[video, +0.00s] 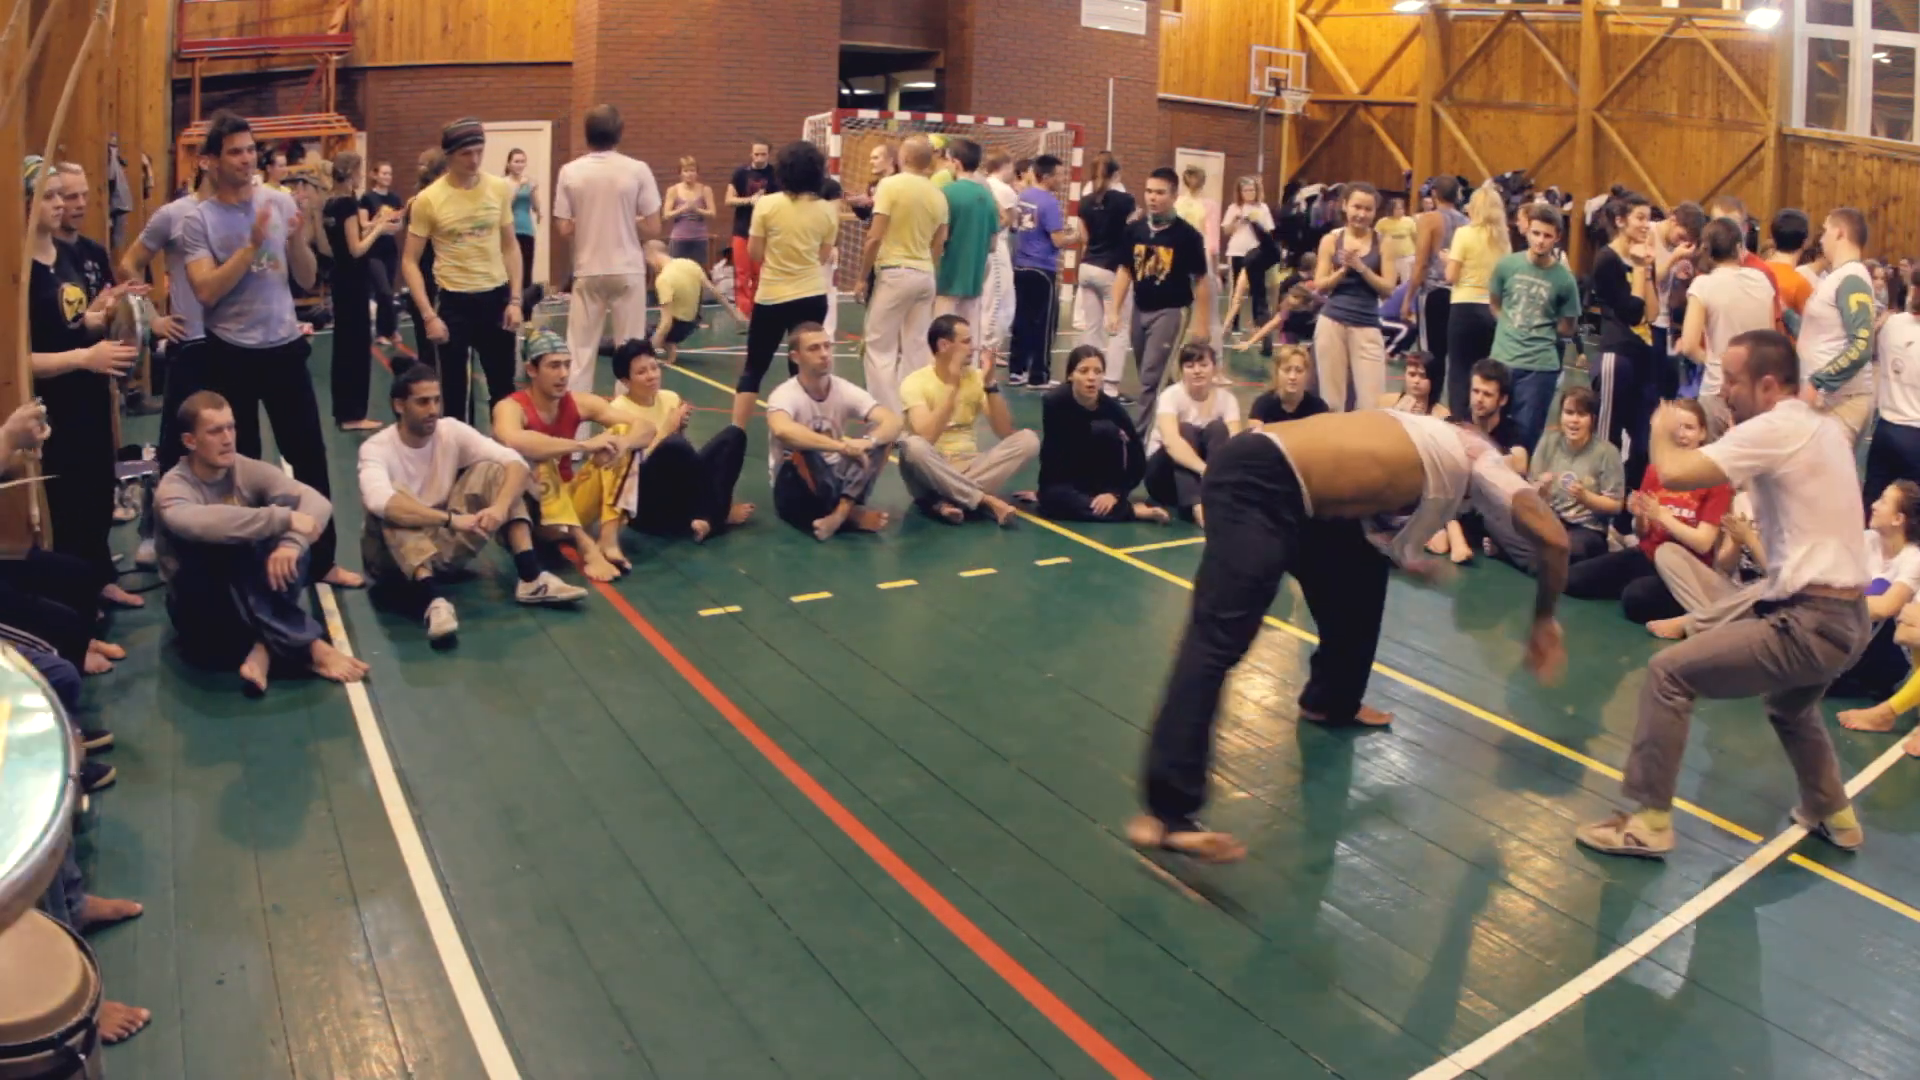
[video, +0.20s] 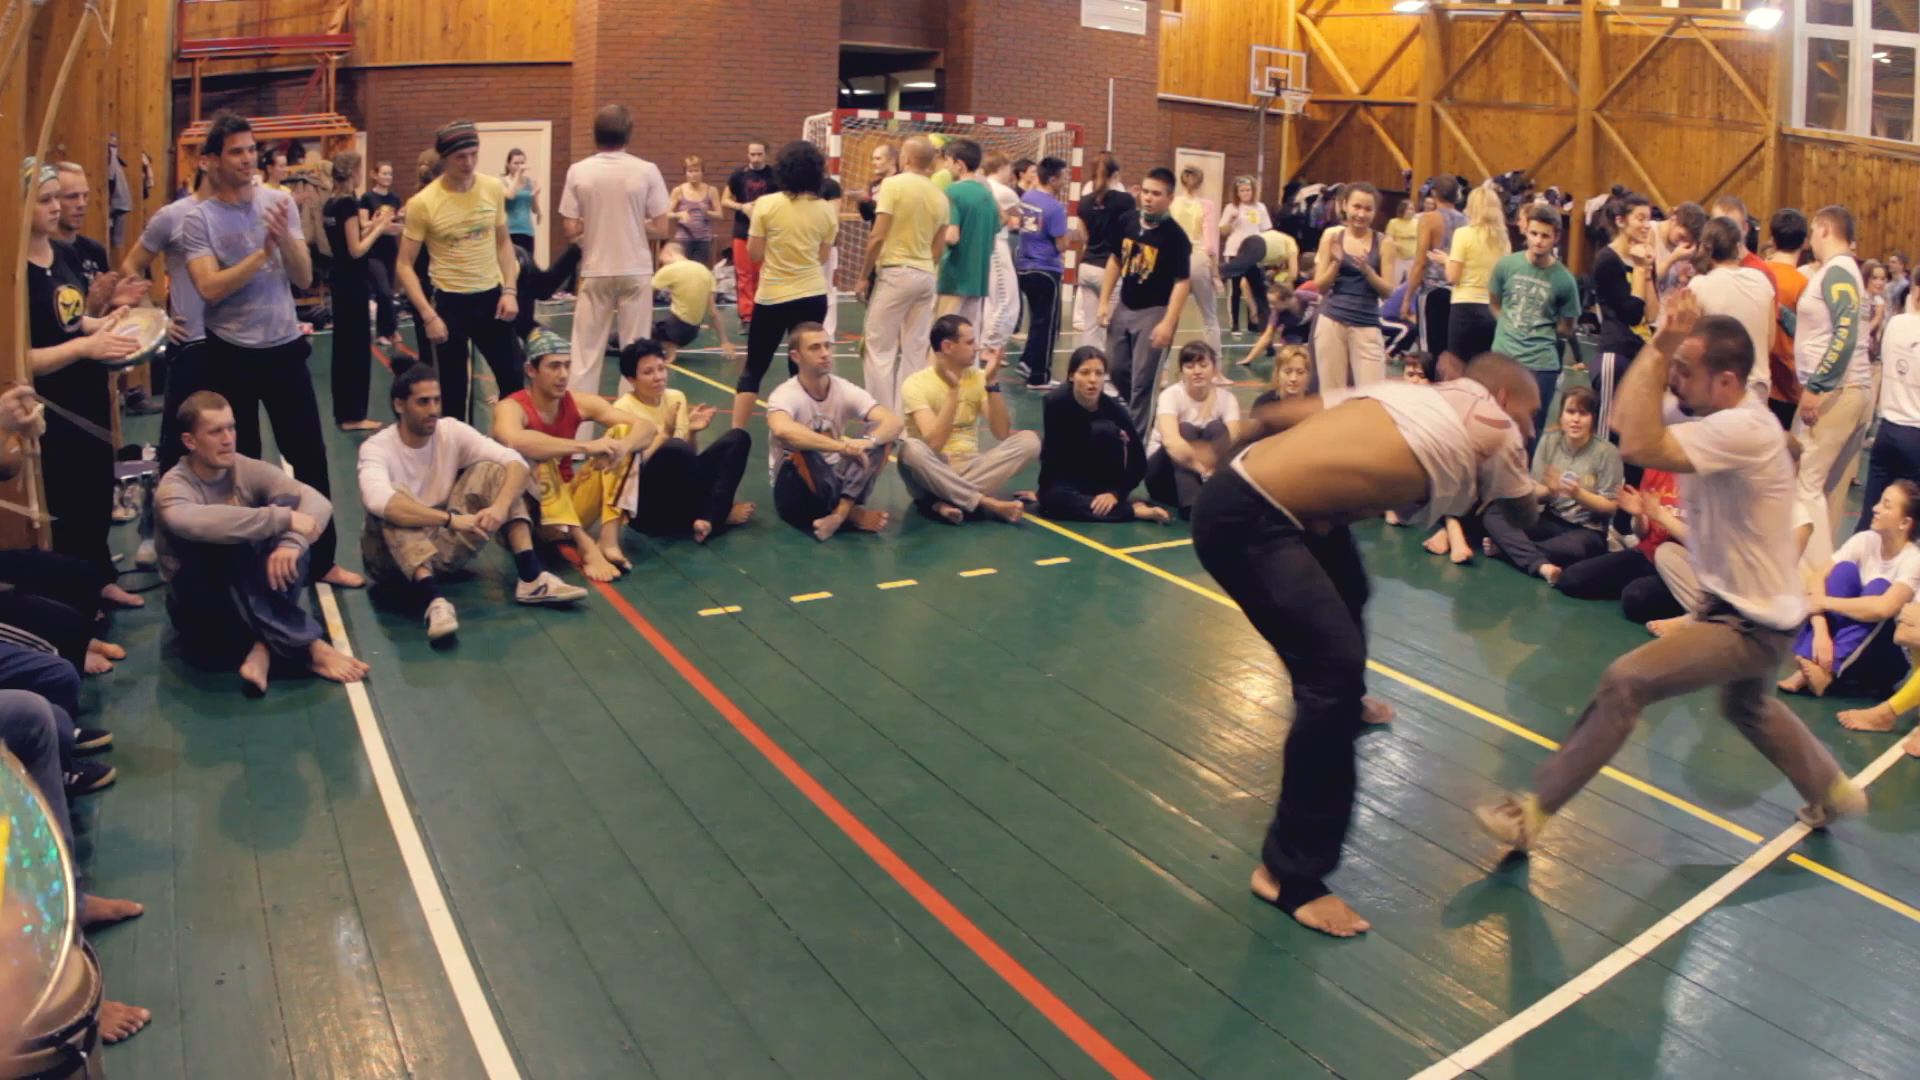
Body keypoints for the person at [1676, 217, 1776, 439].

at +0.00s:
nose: (1743, 250)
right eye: (1742, 245)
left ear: (1706, 250)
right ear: (1739, 250)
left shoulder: (1702, 284)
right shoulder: (1761, 279)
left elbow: (1688, 345)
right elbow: (1772, 331)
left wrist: (1711, 361)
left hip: (1718, 380)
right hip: (1759, 377)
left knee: (1713, 457)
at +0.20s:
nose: (1743, 247)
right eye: (1741, 242)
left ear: (1705, 249)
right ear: (1738, 247)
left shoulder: (1699, 285)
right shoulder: (1761, 280)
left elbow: (1687, 333)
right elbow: (1770, 340)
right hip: (1757, 379)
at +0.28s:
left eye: (1699, 244)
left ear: (1704, 249)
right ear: (1739, 247)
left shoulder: (1699, 285)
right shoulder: (1761, 282)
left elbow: (1685, 339)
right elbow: (1771, 342)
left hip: (1710, 387)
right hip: (1754, 388)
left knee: (1708, 463)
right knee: (1749, 469)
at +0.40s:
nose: (1695, 253)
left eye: (1697, 246)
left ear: (1704, 248)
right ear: (1738, 247)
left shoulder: (1700, 284)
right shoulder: (1761, 282)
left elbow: (1686, 345)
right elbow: (1772, 342)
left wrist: (1702, 353)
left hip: (1714, 389)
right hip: (1754, 388)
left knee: (1706, 478)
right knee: (1743, 483)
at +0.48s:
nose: (1697, 253)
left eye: (1698, 247)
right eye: (1698, 247)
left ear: (1704, 249)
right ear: (1737, 247)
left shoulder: (1701, 283)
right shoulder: (1760, 281)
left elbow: (1689, 346)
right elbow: (1772, 341)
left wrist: (1699, 351)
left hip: (1714, 390)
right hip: (1754, 388)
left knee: (1708, 481)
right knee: (1744, 483)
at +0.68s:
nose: (1697, 247)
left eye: (1699, 242)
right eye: (1699, 242)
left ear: (1705, 248)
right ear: (1736, 245)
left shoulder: (1705, 283)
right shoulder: (1758, 278)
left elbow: (1685, 342)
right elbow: (1766, 334)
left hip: (1717, 391)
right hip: (1756, 389)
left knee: (1707, 482)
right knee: (1743, 485)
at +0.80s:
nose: (1695, 250)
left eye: (1696, 244)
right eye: (1696, 244)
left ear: (1702, 249)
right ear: (1735, 246)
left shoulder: (1706, 283)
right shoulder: (1756, 278)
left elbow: (1681, 339)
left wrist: (1676, 297)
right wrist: (1695, 287)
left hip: (1719, 390)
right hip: (1757, 387)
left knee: (1710, 479)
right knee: (1743, 483)